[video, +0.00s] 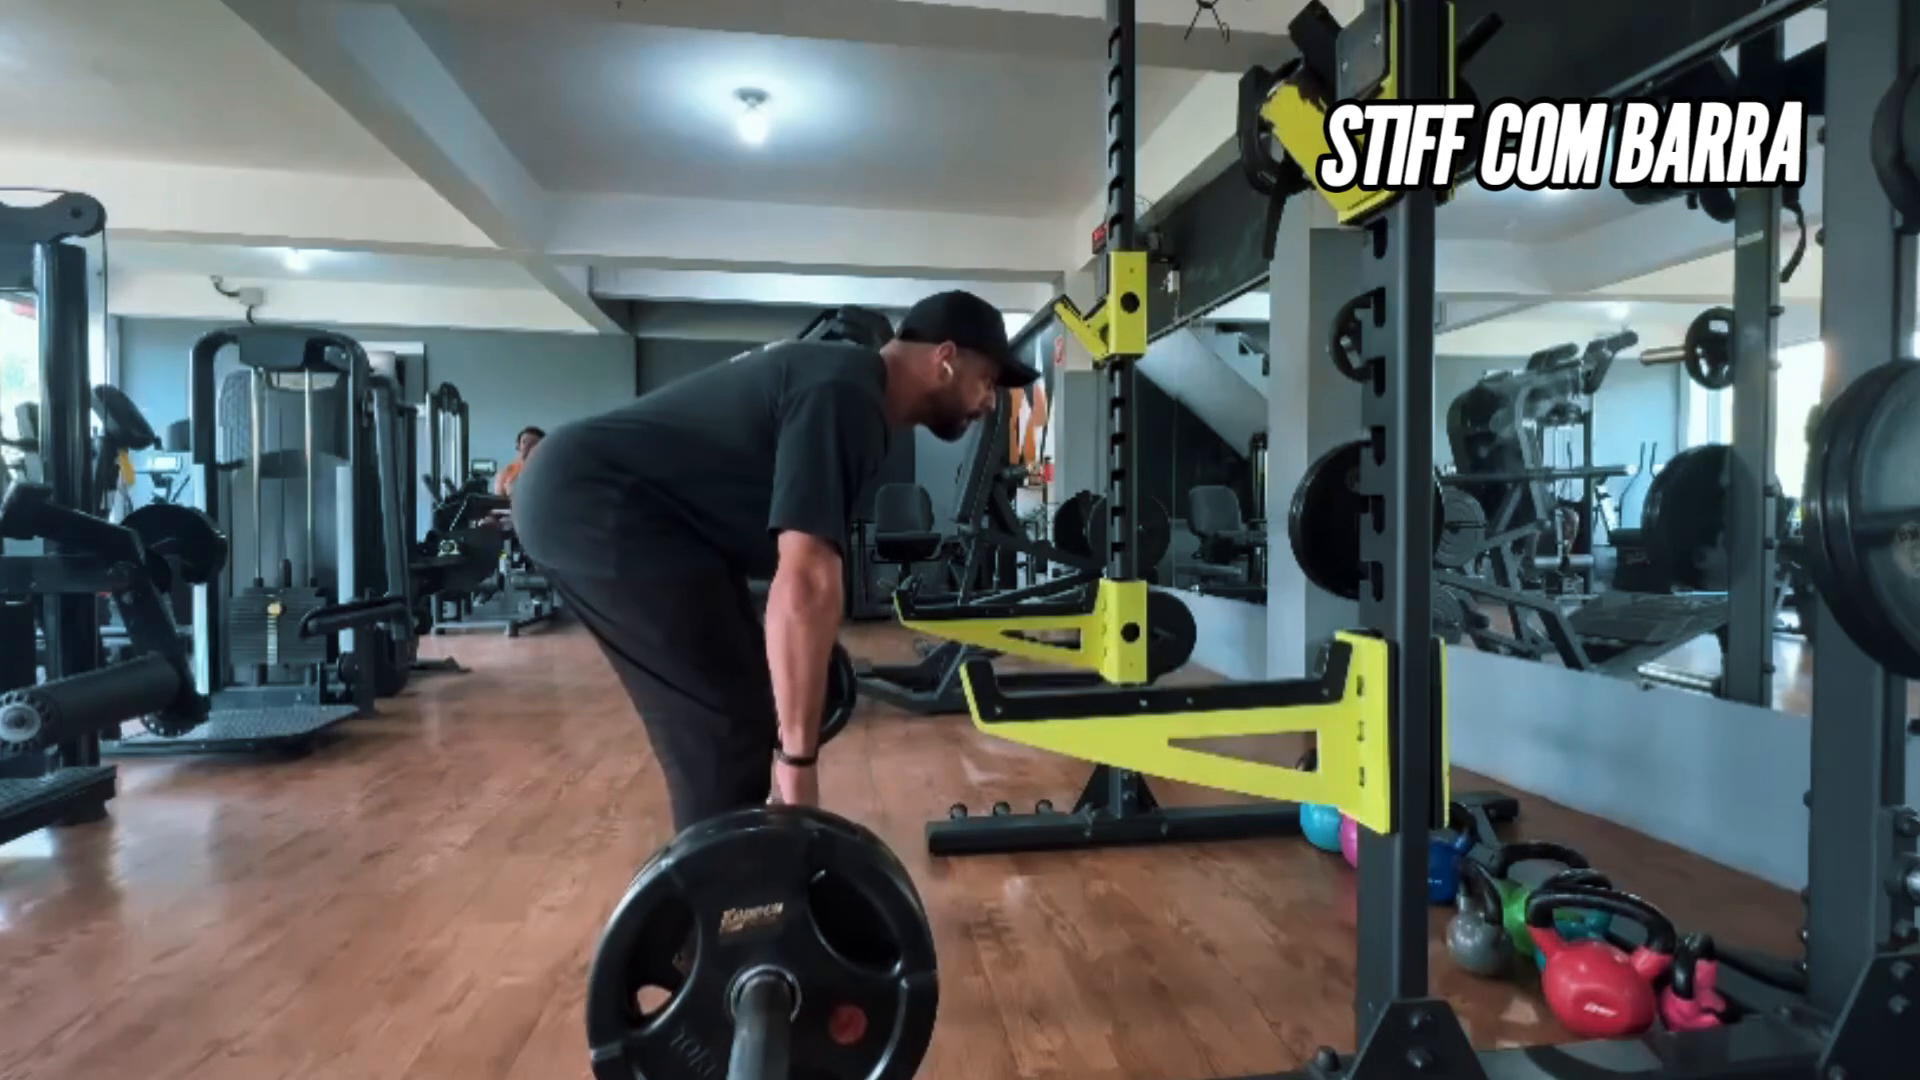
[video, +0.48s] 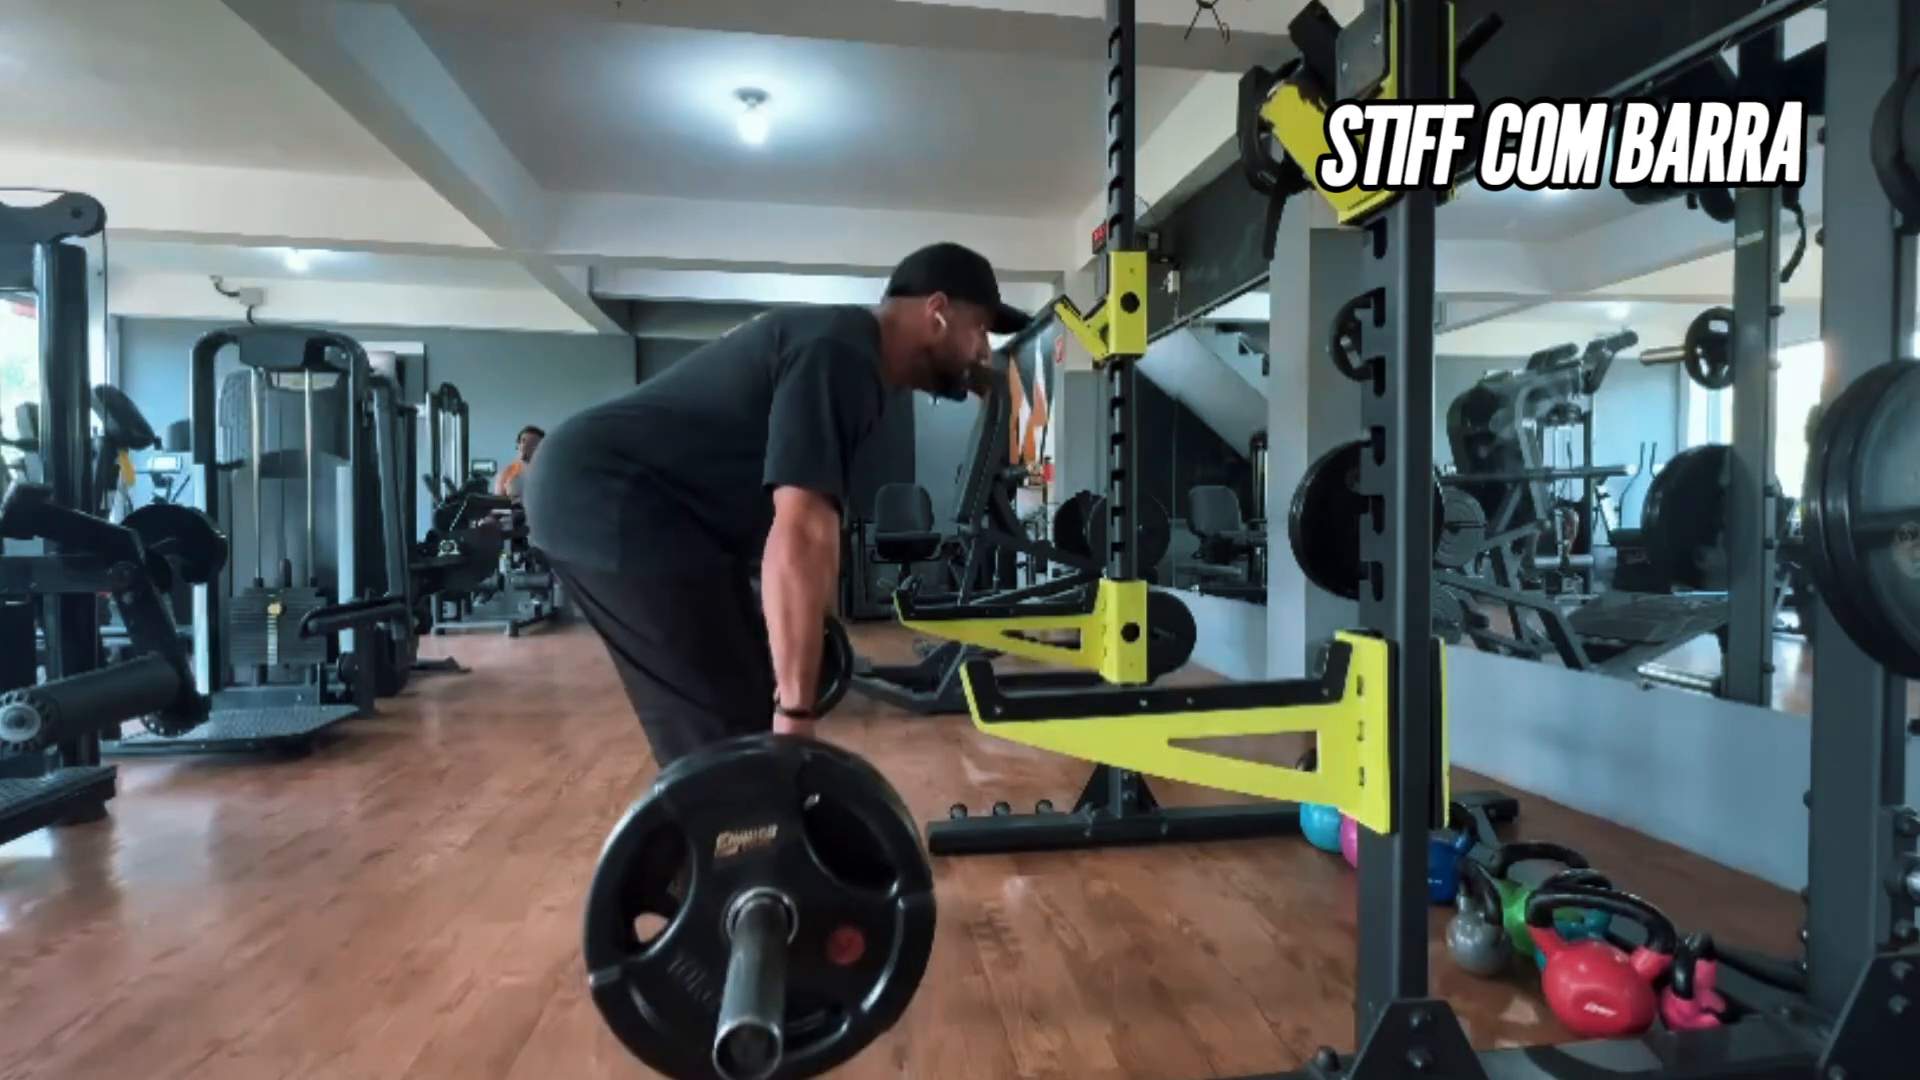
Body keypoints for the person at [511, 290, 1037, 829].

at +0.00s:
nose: (988, 404)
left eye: (996, 390)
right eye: (988, 382)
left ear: (939, 357)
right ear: (945, 357)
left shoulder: (844, 387)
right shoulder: (839, 387)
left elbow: (811, 573)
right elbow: (804, 579)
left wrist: (793, 741)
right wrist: (797, 758)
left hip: (597, 494)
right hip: (594, 496)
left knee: (726, 715)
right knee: (731, 716)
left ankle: (725, 924)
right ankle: (728, 930)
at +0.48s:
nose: (985, 352)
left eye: (991, 335)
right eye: (983, 329)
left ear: (932, 311)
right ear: (939, 311)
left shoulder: (842, 350)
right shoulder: (835, 347)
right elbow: (801, 529)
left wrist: (788, 696)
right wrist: (796, 709)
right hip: (610, 492)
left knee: (714, 722)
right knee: (739, 718)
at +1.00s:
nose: (866, 99)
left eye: (864, 83)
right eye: (854, 79)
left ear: (792, 82)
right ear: (799, 75)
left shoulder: (778, 186)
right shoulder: (753, 165)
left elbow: (783, 344)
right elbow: (767, 325)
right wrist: (822, 495)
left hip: (721, 467)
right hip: (697, 467)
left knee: (748, 686)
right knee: (725, 697)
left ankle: (749, 880)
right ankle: (729, 957)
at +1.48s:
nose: (872, 96)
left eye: (870, 80)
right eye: (859, 75)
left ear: (799, 82)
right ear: (804, 75)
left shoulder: (786, 181)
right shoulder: (769, 166)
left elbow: (791, 341)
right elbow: (780, 329)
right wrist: (826, 499)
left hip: (726, 469)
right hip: (707, 470)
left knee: (751, 690)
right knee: (731, 700)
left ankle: (751, 884)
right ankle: (732, 956)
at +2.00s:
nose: (971, 242)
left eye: (974, 225)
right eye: (963, 220)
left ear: (903, 213)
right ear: (914, 208)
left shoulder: (840, 285)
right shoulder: (828, 268)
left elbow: (815, 449)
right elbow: (810, 444)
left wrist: (828, 611)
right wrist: (825, 619)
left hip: (647, 486)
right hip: (648, 487)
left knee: (723, 712)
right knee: (750, 706)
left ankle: (743, 948)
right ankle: (736, 961)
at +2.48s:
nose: (997, 398)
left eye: (1006, 384)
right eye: (997, 377)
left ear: (948, 352)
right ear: (954, 352)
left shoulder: (854, 383)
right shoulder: (847, 380)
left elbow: (824, 564)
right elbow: (813, 567)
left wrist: (801, 728)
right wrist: (807, 751)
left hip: (603, 489)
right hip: (602, 492)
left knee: (727, 708)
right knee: (733, 708)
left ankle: (716, 922)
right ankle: (719, 927)